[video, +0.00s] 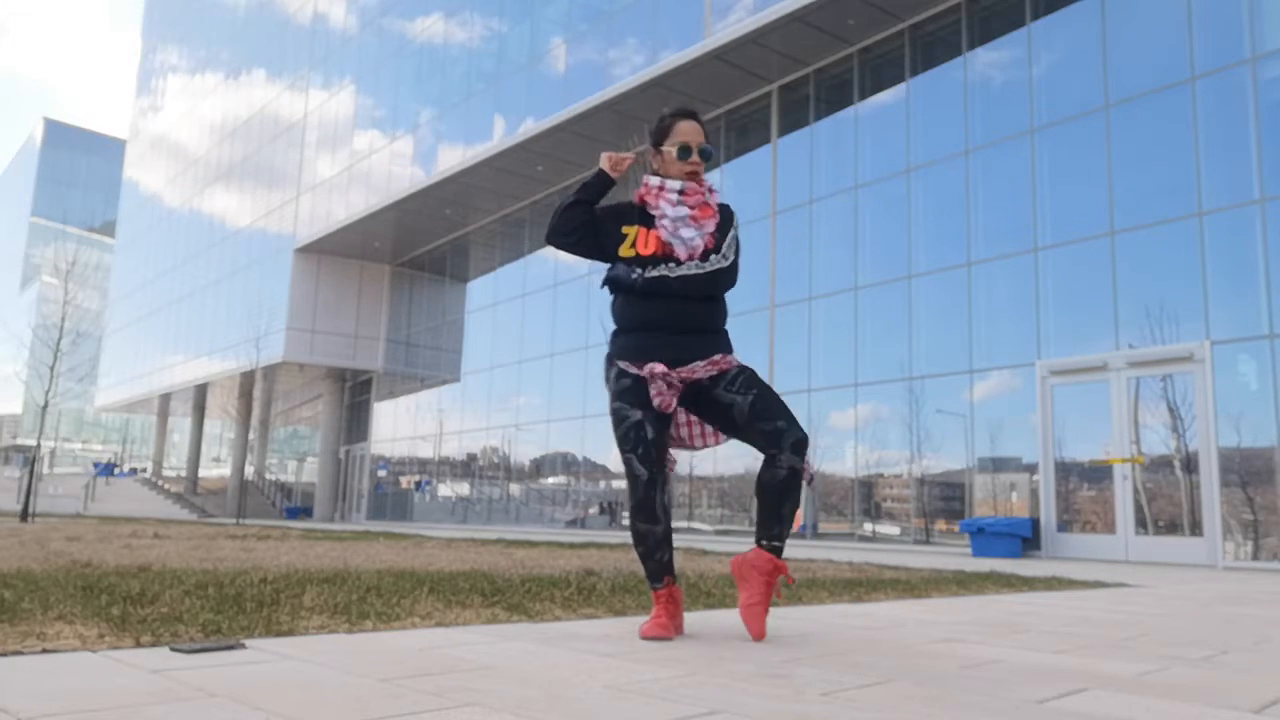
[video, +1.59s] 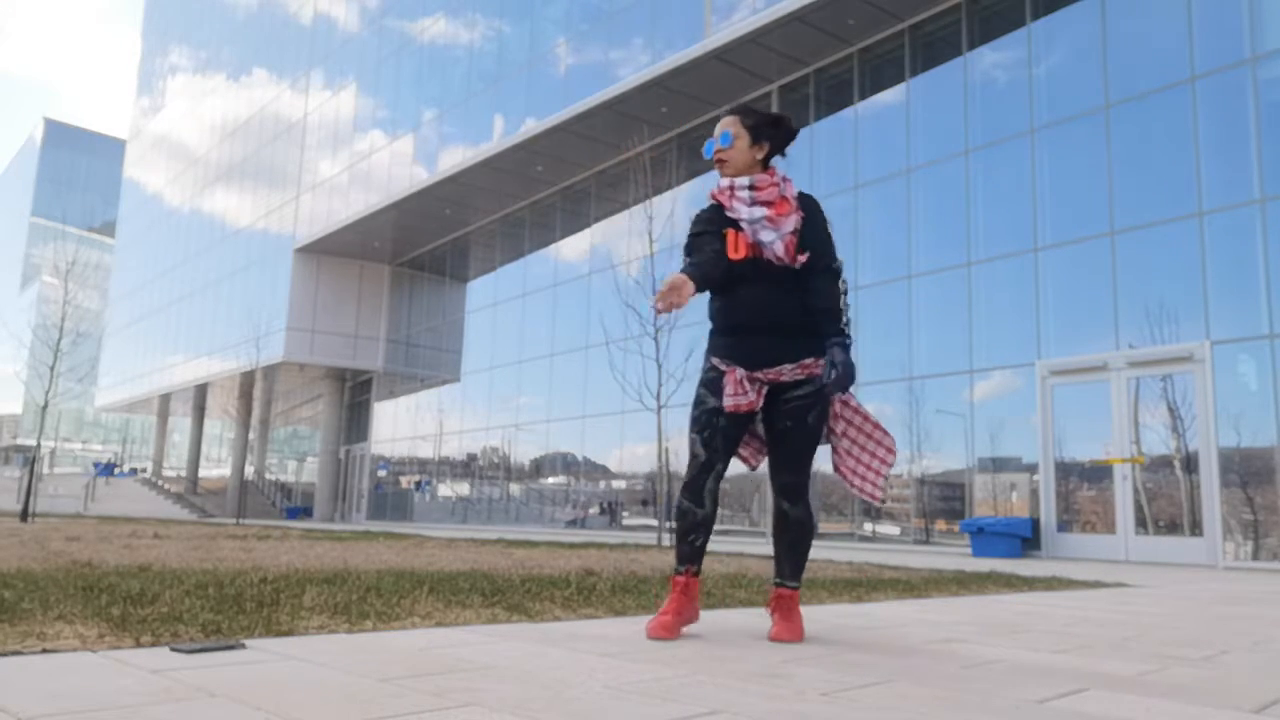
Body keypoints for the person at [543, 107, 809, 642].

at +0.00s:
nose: (695, 161)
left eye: (702, 152)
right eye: (683, 151)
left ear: (709, 158)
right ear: (657, 157)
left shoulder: (718, 214)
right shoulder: (626, 218)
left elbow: (723, 273)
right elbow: (562, 233)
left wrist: (636, 276)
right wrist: (602, 178)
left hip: (708, 363)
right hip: (637, 367)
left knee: (788, 441)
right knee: (645, 476)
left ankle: (764, 563)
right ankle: (665, 596)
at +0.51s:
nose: (688, 151)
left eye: (697, 142)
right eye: (676, 142)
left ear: (707, 153)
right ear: (653, 153)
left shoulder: (720, 211)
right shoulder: (631, 212)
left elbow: (718, 269)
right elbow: (581, 235)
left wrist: (634, 274)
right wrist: (616, 177)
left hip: (707, 356)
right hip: (637, 361)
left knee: (752, 445)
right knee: (644, 476)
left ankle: (747, 570)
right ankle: (665, 596)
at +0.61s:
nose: (686, 148)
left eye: (696, 140)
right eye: (674, 139)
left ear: (707, 153)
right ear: (653, 151)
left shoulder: (720, 208)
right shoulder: (633, 213)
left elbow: (714, 266)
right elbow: (583, 238)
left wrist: (627, 272)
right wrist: (616, 180)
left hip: (707, 356)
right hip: (640, 360)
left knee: (704, 455)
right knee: (645, 476)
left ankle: (731, 570)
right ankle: (664, 598)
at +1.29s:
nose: (689, 134)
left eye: (701, 124)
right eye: (685, 127)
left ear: (734, 137)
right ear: (683, 142)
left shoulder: (762, 192)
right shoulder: (675, 203)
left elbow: (763, 256)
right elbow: (630, 251)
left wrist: (681, 283)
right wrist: (618, 184)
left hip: (754, 359)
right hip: (686, 363)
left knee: (758, 479)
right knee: (678, 478)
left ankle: (780, 596)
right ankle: (669, 599)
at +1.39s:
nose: (700, 138)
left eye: (713, 128)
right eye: (696, 131)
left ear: (746, 140)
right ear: (695, 146)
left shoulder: (776, 196)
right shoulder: (691, 207)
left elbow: (782, 263)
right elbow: (657, 258)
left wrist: (717, 313)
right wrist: (624, 202)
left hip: (771, 359)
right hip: (704, 362)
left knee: (773, 481)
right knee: (689, 473)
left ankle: (784, 601)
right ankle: (671, 599)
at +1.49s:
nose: (710, 144)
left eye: (723, 133)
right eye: (707, 137)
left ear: (757, 143)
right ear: (711, 152)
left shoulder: (793, 205)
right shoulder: (705, 212)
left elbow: (800, 280)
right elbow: (687, 260)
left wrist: (770, 344)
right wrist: (644, 238)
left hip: (787, 362)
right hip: (717, 362)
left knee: (783, 485)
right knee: (695, 475)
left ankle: (785, 602)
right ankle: (672, 598)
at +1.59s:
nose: (716, 151)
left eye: (728, 141)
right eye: (717, 142)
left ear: (763, 149)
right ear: (741, 151)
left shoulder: (804, 210)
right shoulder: (715, 215)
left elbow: (827, 282)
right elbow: (708, 259)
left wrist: (837, 344)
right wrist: (686, 280)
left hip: (799, 366)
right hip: (730, 365)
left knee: (792, 487)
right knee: (701, 473)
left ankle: (786, 600)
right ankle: (683, 590)